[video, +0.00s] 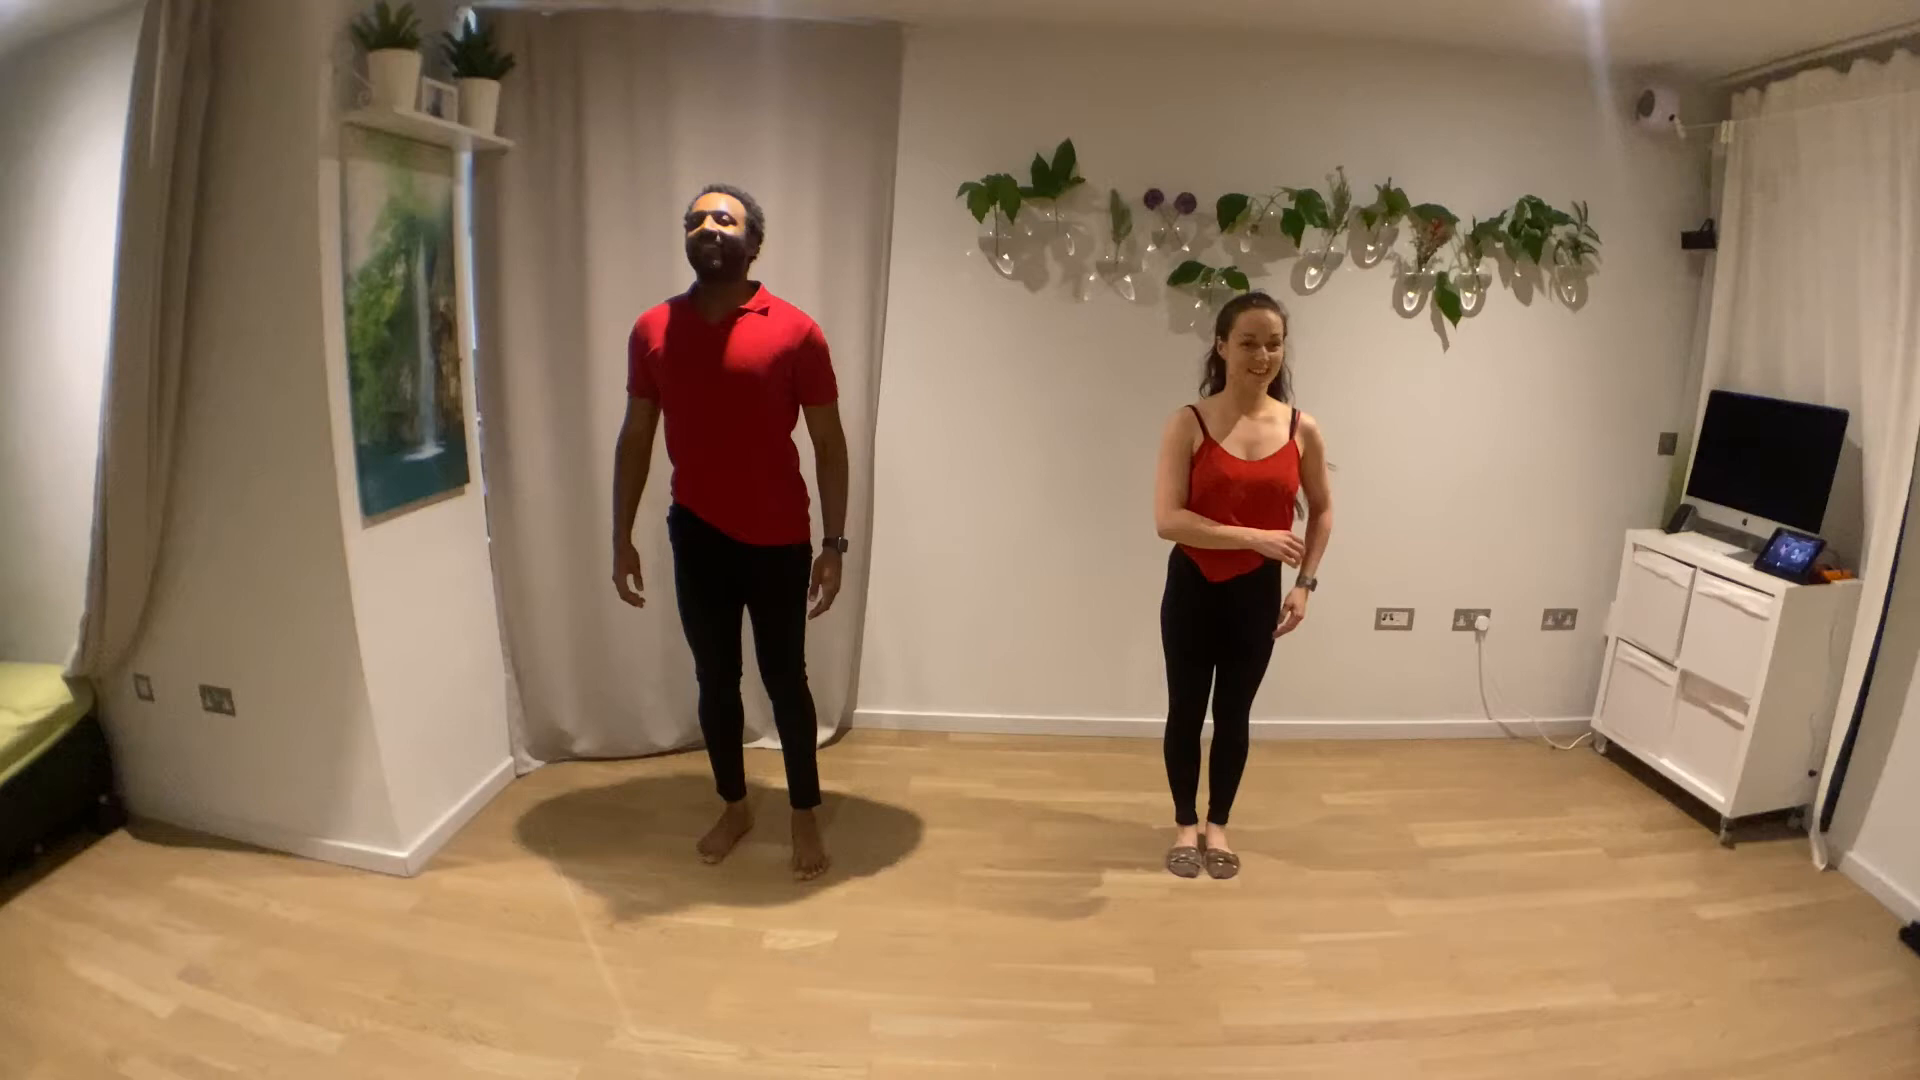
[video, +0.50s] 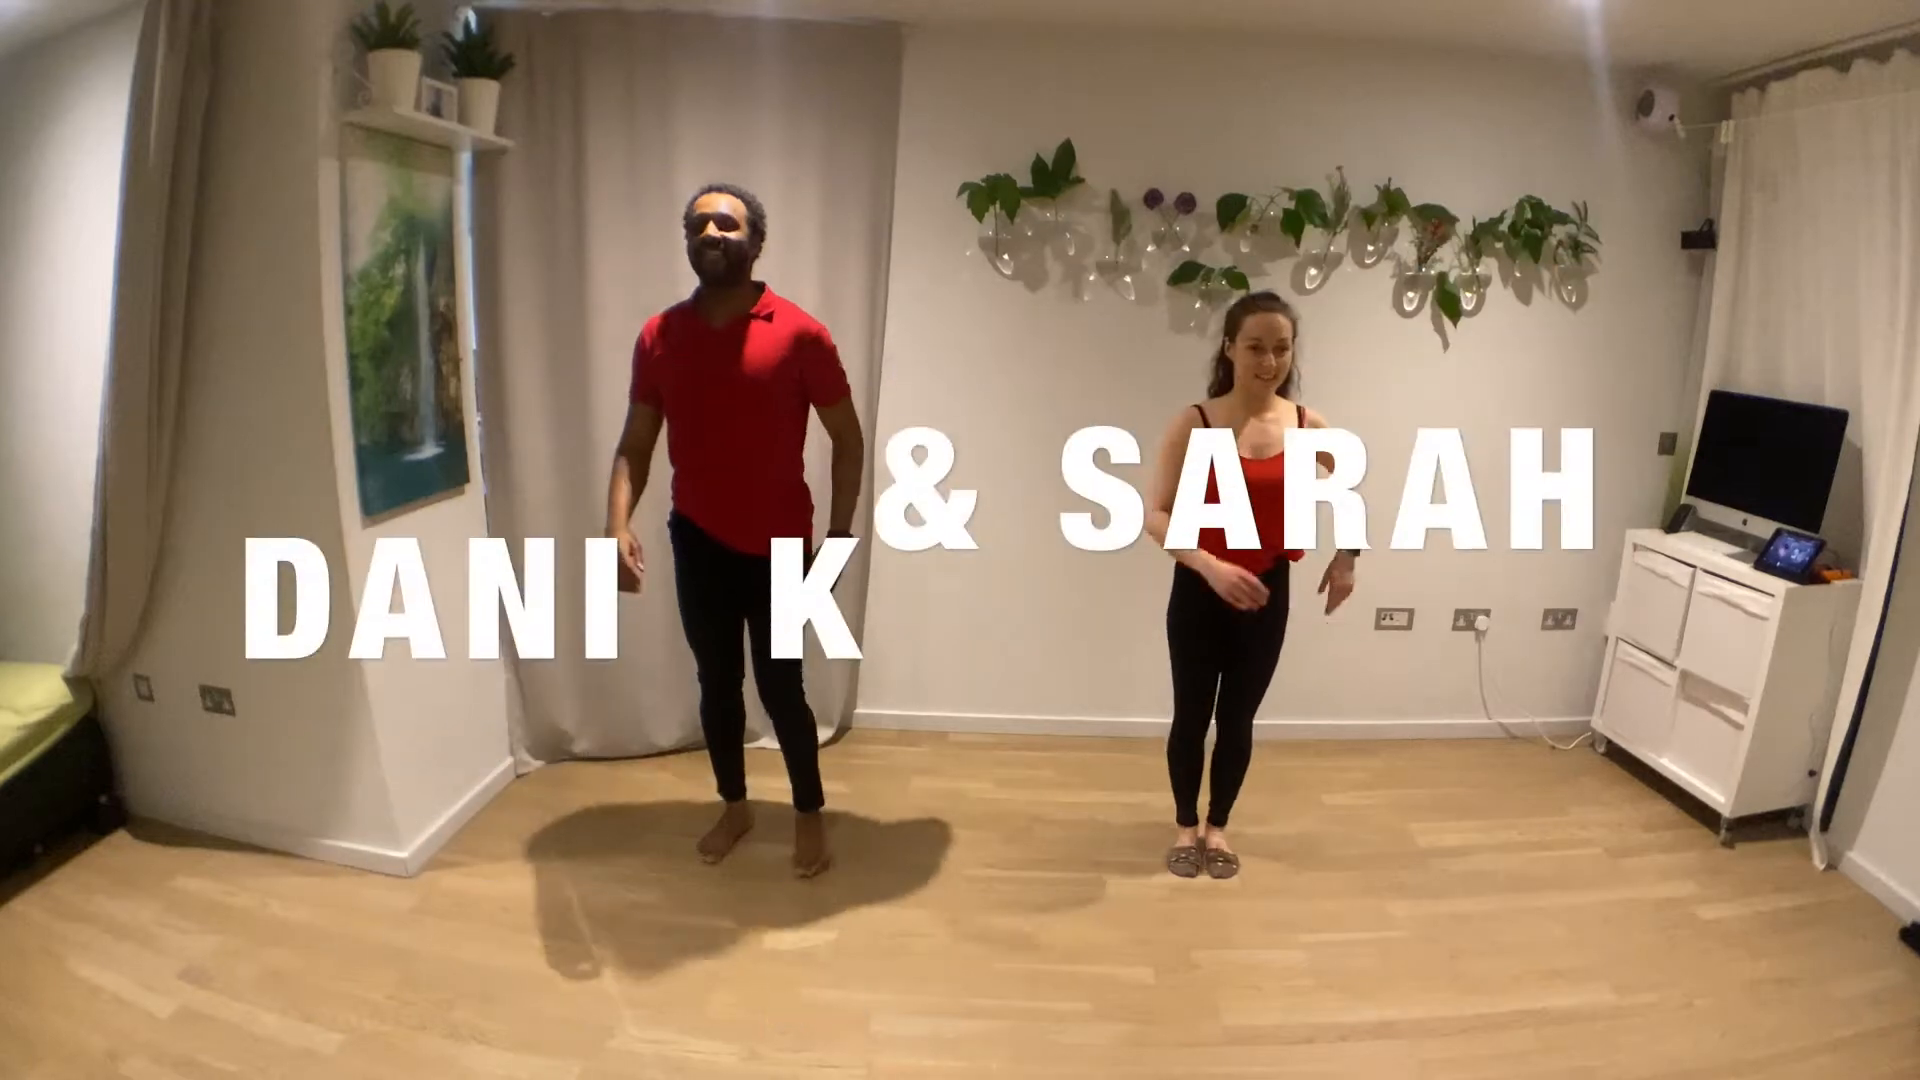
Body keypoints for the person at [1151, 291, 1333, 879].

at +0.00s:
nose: (1263, 355)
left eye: (1273, 344)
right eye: (1250, 343)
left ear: (1285, 350)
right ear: (1222, 347)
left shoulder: (1301, 430)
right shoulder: (1189, 422)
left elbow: (1321, 511)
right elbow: (1167, 519)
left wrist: (1304, 585)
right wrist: (1253, 537)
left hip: (1257, 590)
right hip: (1192, 586)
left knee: (1233, 714)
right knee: (1186, 710)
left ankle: (1216, 828)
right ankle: (1186, 829)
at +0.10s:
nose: (1263, 356)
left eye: (1273, 344)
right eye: (1250, 344)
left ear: (1285, 350)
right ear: (1222, 347)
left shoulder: (1301, 429)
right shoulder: (1189, 422)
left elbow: (1324, 509)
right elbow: (1161, 518)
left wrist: (1310, 583)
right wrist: (1244, 538)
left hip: (1257, 592)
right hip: (1192, 588)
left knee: (1234, 715)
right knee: (1186, 711)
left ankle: (1216, 827)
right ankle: (1185, 829)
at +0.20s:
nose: (1263, 358)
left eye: (1273, 347)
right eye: (1250, 346)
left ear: (1285, 350)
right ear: (1222, 348)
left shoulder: (1302, 429)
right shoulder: (1191, 422)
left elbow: (1327, 508)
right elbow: (1151, 516)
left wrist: (1320, 585)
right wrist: (1224, 540)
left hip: (1258, 591)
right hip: (1192, 586)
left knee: (1235, 714)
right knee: (1187, 711)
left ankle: (1217, 829)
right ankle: (1186, 829)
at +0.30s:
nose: (1264, 359)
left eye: (1275, 347)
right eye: (1251, 345)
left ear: (1288, 352)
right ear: (1226, 347)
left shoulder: (1302, 425)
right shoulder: (1193, 420)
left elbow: (1332, 508)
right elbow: (1145, 513)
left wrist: (1328, 580)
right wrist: (1213, 539)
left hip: (1260, 587)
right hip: (1194, 582)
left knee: (1236, 714)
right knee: (1188, 711)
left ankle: (1216, 829)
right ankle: (1186, 830)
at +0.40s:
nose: (1266, 359)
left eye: (1277, 347)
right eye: (1253, 346)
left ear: (1290, 352)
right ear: (1227, 348)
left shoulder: (1305, 426)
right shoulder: (1192, 422)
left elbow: (1338, 497)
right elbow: (1143, 509)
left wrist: (1338, 565)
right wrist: (1207, 542)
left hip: (1262, 590)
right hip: (1196, 584)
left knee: (1236, 716)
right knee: (1189, 711)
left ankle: (1215, 830)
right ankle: (1185, 830)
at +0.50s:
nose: (1269, 360)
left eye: (1281, 348)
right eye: (1256, 346)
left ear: (1294, 352)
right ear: (1230, 347)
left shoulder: (1309, 425)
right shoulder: (1193, 423)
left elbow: (1344, 495)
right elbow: (1156, 516)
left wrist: (1345, 554)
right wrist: (1210, 566)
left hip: (1267, 591)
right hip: (1198, 585)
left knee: (1238, 717)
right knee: (1192, 714)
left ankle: (1216, 832)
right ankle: (1187, 830)